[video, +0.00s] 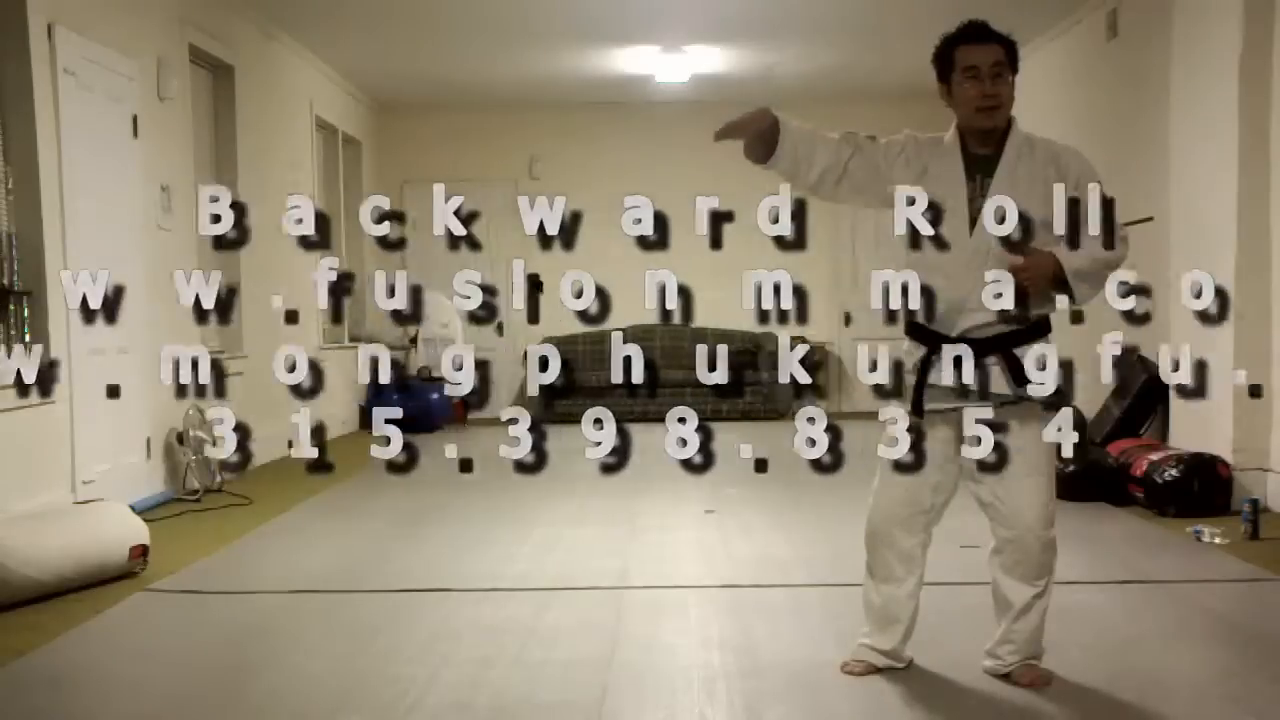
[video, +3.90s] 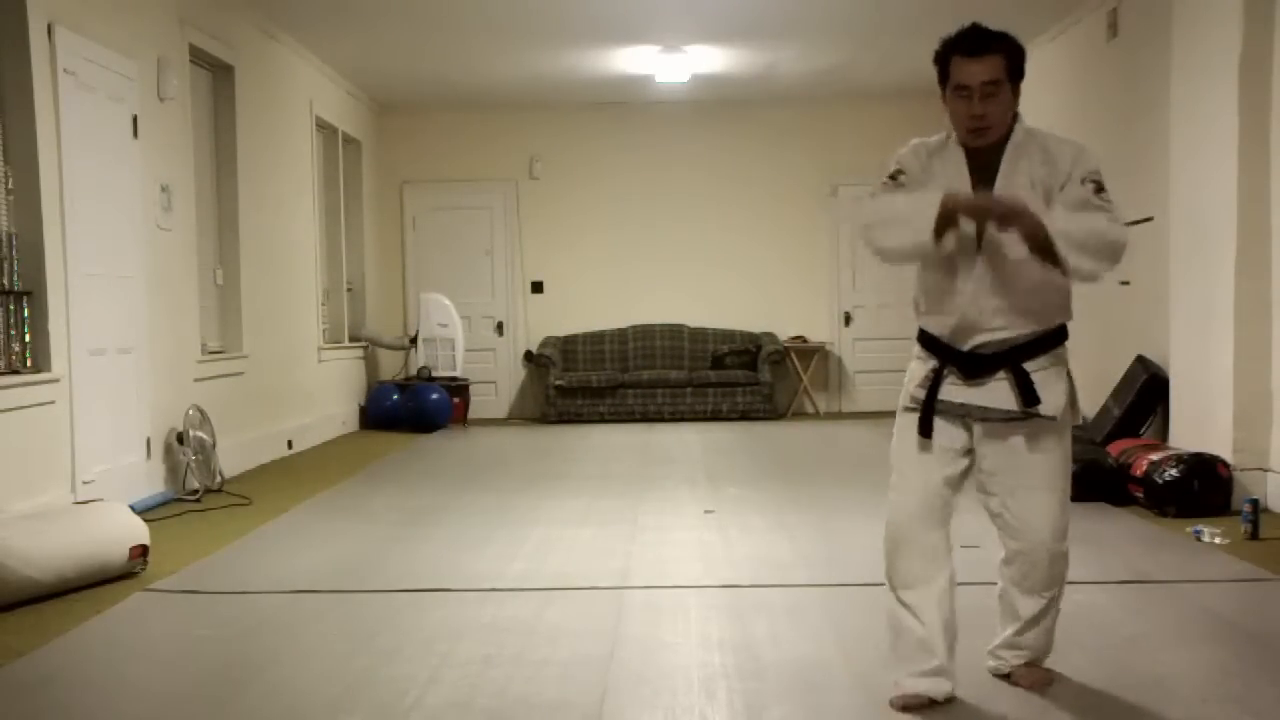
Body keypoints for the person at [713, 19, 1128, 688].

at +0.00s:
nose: (989, 86)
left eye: (1000, 72)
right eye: (972, 74)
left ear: (1015, 83)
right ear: (946, 88)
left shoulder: (1060, 165)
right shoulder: (911, 158)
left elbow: (1110, 250)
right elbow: (840, 161)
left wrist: (1059, 265)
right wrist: (774, 133)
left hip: (1018, 368)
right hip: (929, 367)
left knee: (1029, 524)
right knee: (895, 514)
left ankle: (1016, 653)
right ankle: (882, 641)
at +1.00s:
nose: (968, 87)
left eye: (987, 74)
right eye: (962, 74)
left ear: (1021, 88)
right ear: (953, 83)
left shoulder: (1064, 171)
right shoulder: (918, 154)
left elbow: (1110, 251)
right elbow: (861, 120)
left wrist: (1063, 271)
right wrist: (841, 66)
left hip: (1018, 365)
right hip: (927, 362)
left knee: (1029, 526)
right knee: (893, 515)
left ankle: (1015, 654)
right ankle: (882, 641)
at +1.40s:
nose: (985, 88)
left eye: (1002, 73)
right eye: (973, 73)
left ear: (1029, 84)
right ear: (959, 83)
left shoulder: (1070, 171)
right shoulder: (933, 156)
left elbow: (1114, 250)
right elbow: (898, 99)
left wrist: (1070, 269)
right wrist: (945, 43)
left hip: (1024, 368)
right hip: (934, 364)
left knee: (1034, 526)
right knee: (897, 514)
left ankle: (1016, 653)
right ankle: (882, 641)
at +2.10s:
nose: (978, 84)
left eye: (988, 70)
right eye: (959, 74)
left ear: (1005, 81)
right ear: (936, 93)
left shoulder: (1055, 165)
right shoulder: (915, 162)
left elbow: (1103, 239)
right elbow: (861, 140)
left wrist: (1061, 265)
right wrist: (860, 86)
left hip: (1022, 365)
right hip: (931, 365)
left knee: (1035, 525)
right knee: (899, 516)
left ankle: (1016, 654)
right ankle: (884, 641)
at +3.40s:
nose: (985, 87)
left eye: (995, 73)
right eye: (967, 77)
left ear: (1010, 80)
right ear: (940, 93)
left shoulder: (1056, 162)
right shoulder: (913, 163)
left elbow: (1105, 239)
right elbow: (850, 204)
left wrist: (1062, 268)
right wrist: (823, 174)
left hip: (1026, 372)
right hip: (936, 373)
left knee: (1038, 529)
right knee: (902, 518)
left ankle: (1017, 653)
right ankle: (886, 642)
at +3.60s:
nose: (992, 91)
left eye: (1004, 77)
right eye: (975, 80)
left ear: (1021, 83)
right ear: (951, 90)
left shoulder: (1071, 162)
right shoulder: (915, 167)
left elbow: (1121, 238)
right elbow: (870, 240)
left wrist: (1072, 268)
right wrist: (850, 254)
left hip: (1035, 374)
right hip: (940, 373)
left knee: (1044, 533)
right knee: (896, 518)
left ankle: (1018, 654)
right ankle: (883, 642)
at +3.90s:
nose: (977, 108)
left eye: (991, 93)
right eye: (962, 93)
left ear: (1017, 93)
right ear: (944, 95)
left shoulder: (1063, 159)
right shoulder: (922, 160)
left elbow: (1108, 246)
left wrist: (1031, 219)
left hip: (1032, 371)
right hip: (939, 369)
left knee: (1040, 539)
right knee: (912, 529)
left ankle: (1021, 652)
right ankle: (921, 675)